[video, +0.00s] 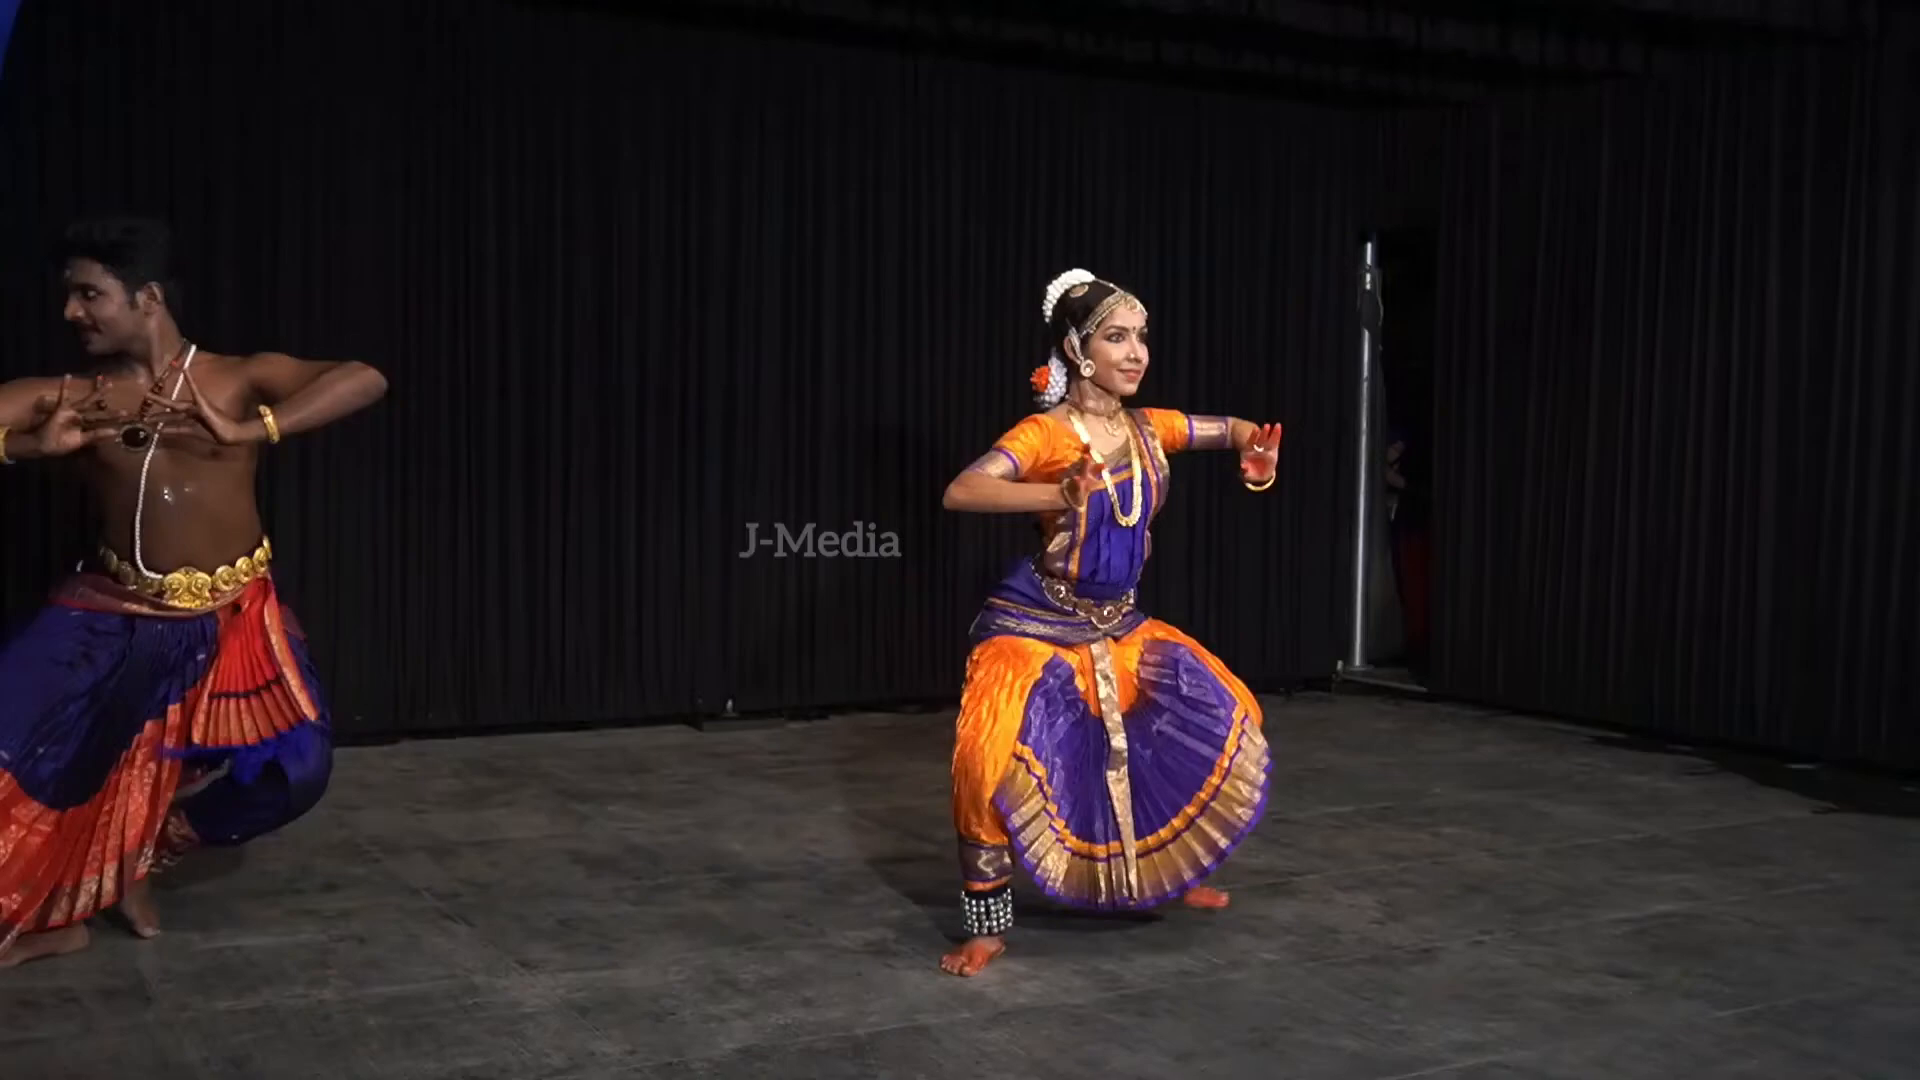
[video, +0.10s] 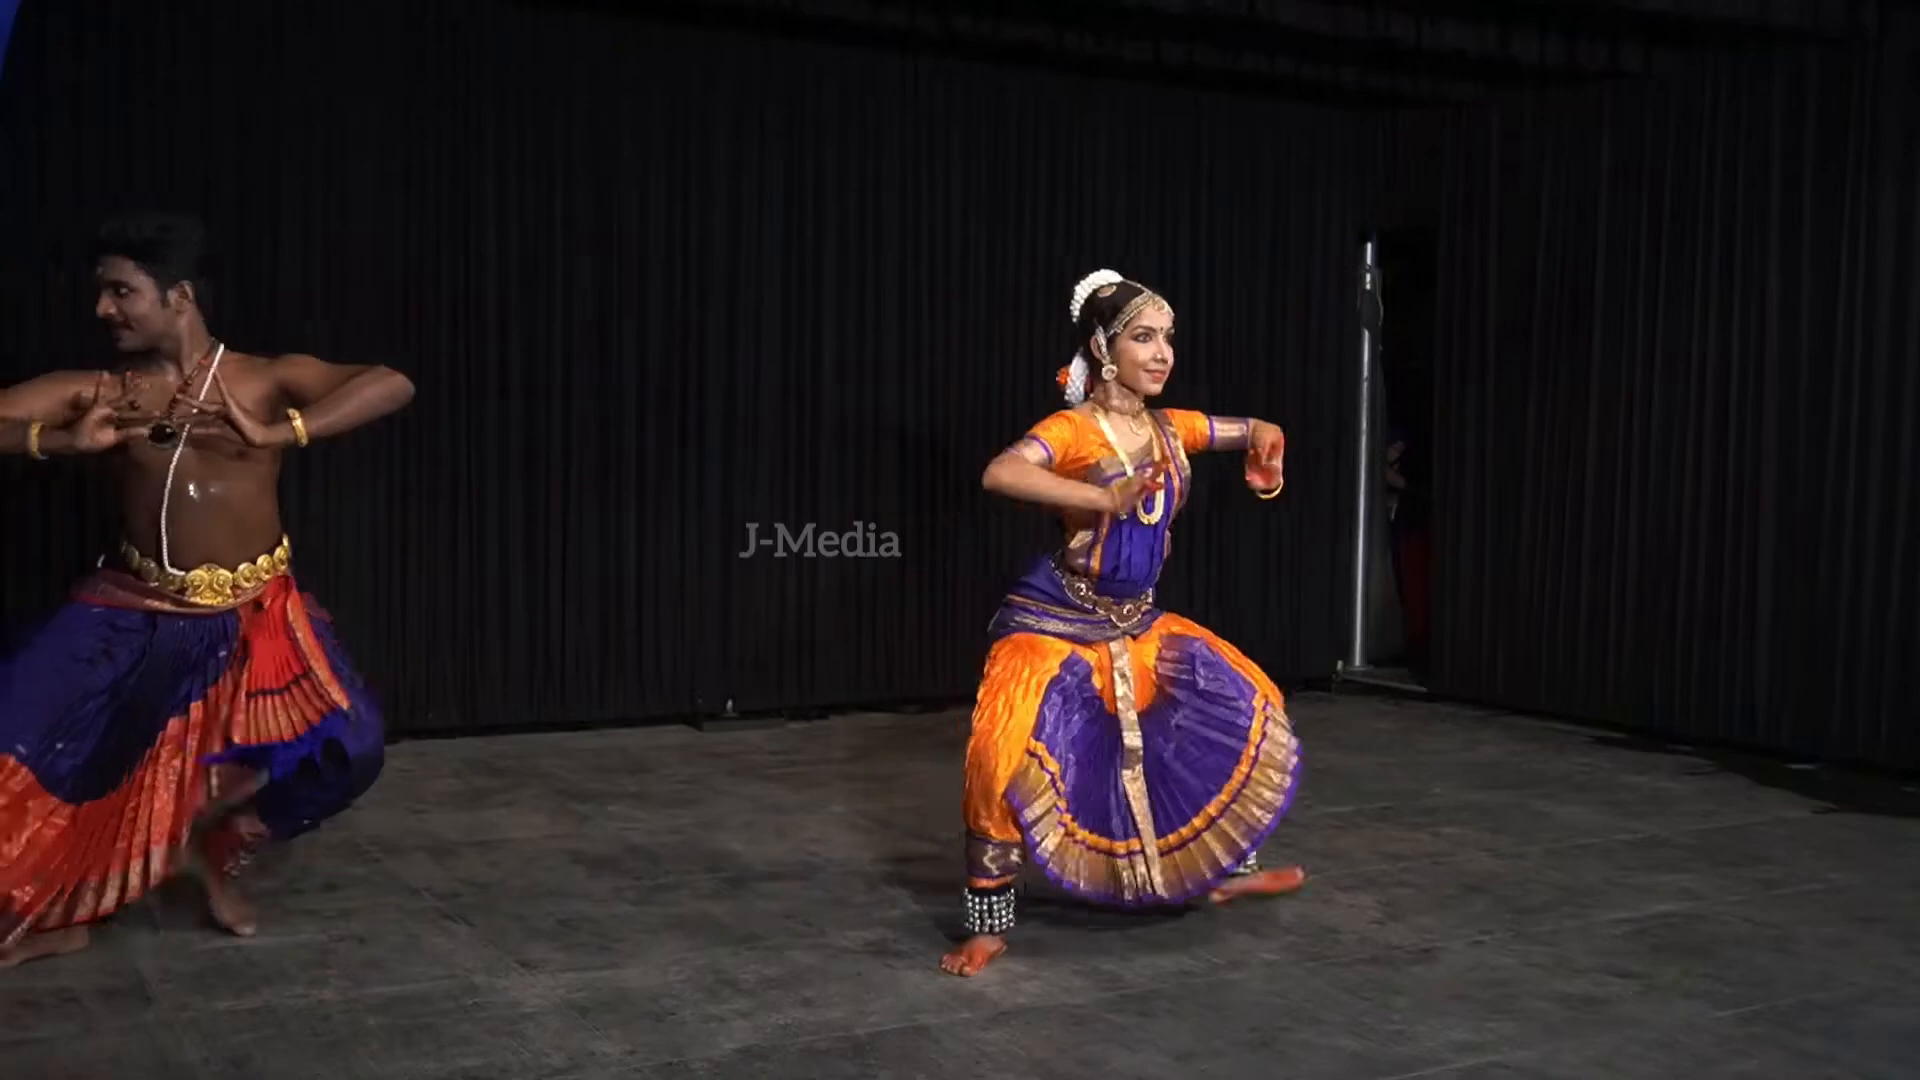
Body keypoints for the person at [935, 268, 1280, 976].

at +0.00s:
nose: (1137, 352)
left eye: (1142, 337)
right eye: (1119, 338)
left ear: (1146, 349)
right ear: (1078, 352)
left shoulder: (1151, 427)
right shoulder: (1047, 435)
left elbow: (1233, 429)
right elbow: (962, 491)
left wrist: (1255, 447)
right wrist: (1058, 494)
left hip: (1120, 626)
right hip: (1034, 624)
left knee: (1229, 710)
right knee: (980, 750)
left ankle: (1168, 863)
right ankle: (986, 924)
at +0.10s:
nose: (1163, 353)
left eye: (1168, 338)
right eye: (1146, 337)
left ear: (1171, 351)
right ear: (1104, 350)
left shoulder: (1172, 427)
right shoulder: (1074, 429)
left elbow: (1260, 431)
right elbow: (1002, 473)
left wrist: (1265, 459)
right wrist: (1100, 498)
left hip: (1138, 623)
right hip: (1054, 620)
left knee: (1249, 701)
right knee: (995, 747)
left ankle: (1214, 867)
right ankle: (988, 922)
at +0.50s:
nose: (1374, 342)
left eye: (1379, 329)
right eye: (1357, 328)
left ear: (1383, 339)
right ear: (1318, 340)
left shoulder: (1385, 412)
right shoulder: (1293, 411)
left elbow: (1476, 420)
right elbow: (1254, 455)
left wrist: (1471, 442)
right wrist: (1349, 485)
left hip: (1351, 607)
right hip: (1279, 607)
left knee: (1392, 721)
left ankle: (1314, 875)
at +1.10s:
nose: (1552, 403)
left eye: (1557, 391)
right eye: (1537, 390)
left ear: (1559, 397)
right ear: (1500, 399)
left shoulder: (1554, 462)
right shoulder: (1469, 459)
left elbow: (1623, 486)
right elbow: (1425, 517)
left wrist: (1618, 495)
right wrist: (1518, 504)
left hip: (1495, 625)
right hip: (1427, 619)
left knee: (1574, 706)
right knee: (1411, 717)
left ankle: (1507, 833)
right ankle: (1425, 848)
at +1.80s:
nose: (1694, 415)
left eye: (1692, 407)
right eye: (1691, 407)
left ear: (1668, 415)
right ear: (1676, 412)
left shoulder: (1678, 472)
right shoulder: (1645, 440)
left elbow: (1704, 481)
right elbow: (1618, 433)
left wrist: (1743, 470)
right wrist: (1575, 430)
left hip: (1623, 609)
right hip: (1584, 604)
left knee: (1672, 694)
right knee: (1636, 725)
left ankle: (1623, 795)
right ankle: (1594, 767)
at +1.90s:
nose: (1696, 410)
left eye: (1693, 402)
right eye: (1692, 402)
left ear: (1668, 408)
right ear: (1678, 406)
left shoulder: (1682, 467)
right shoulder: (1648, 437)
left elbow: (1709, 473)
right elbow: (1616, 436)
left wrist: (1747, 463)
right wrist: (1579, 435)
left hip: (1626, 605)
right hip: (1588, 599)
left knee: (1670, 681)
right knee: (1630, 712)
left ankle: (1624, 793)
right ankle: (1597, 774)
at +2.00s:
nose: (1700, 407)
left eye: (1698, 398)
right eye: (1697, 398)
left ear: (1673, 406)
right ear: (1683, 404)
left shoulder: (1683, 462)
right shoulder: (1650, 435)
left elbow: (1706, 473)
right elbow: (1622, 440)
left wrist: (1748, 460)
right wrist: (1585, 444)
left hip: (1632, 600)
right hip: (1589, 595)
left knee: (1688, 675)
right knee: (1625, 708)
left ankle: (1636, 787)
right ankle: (1599, 772)